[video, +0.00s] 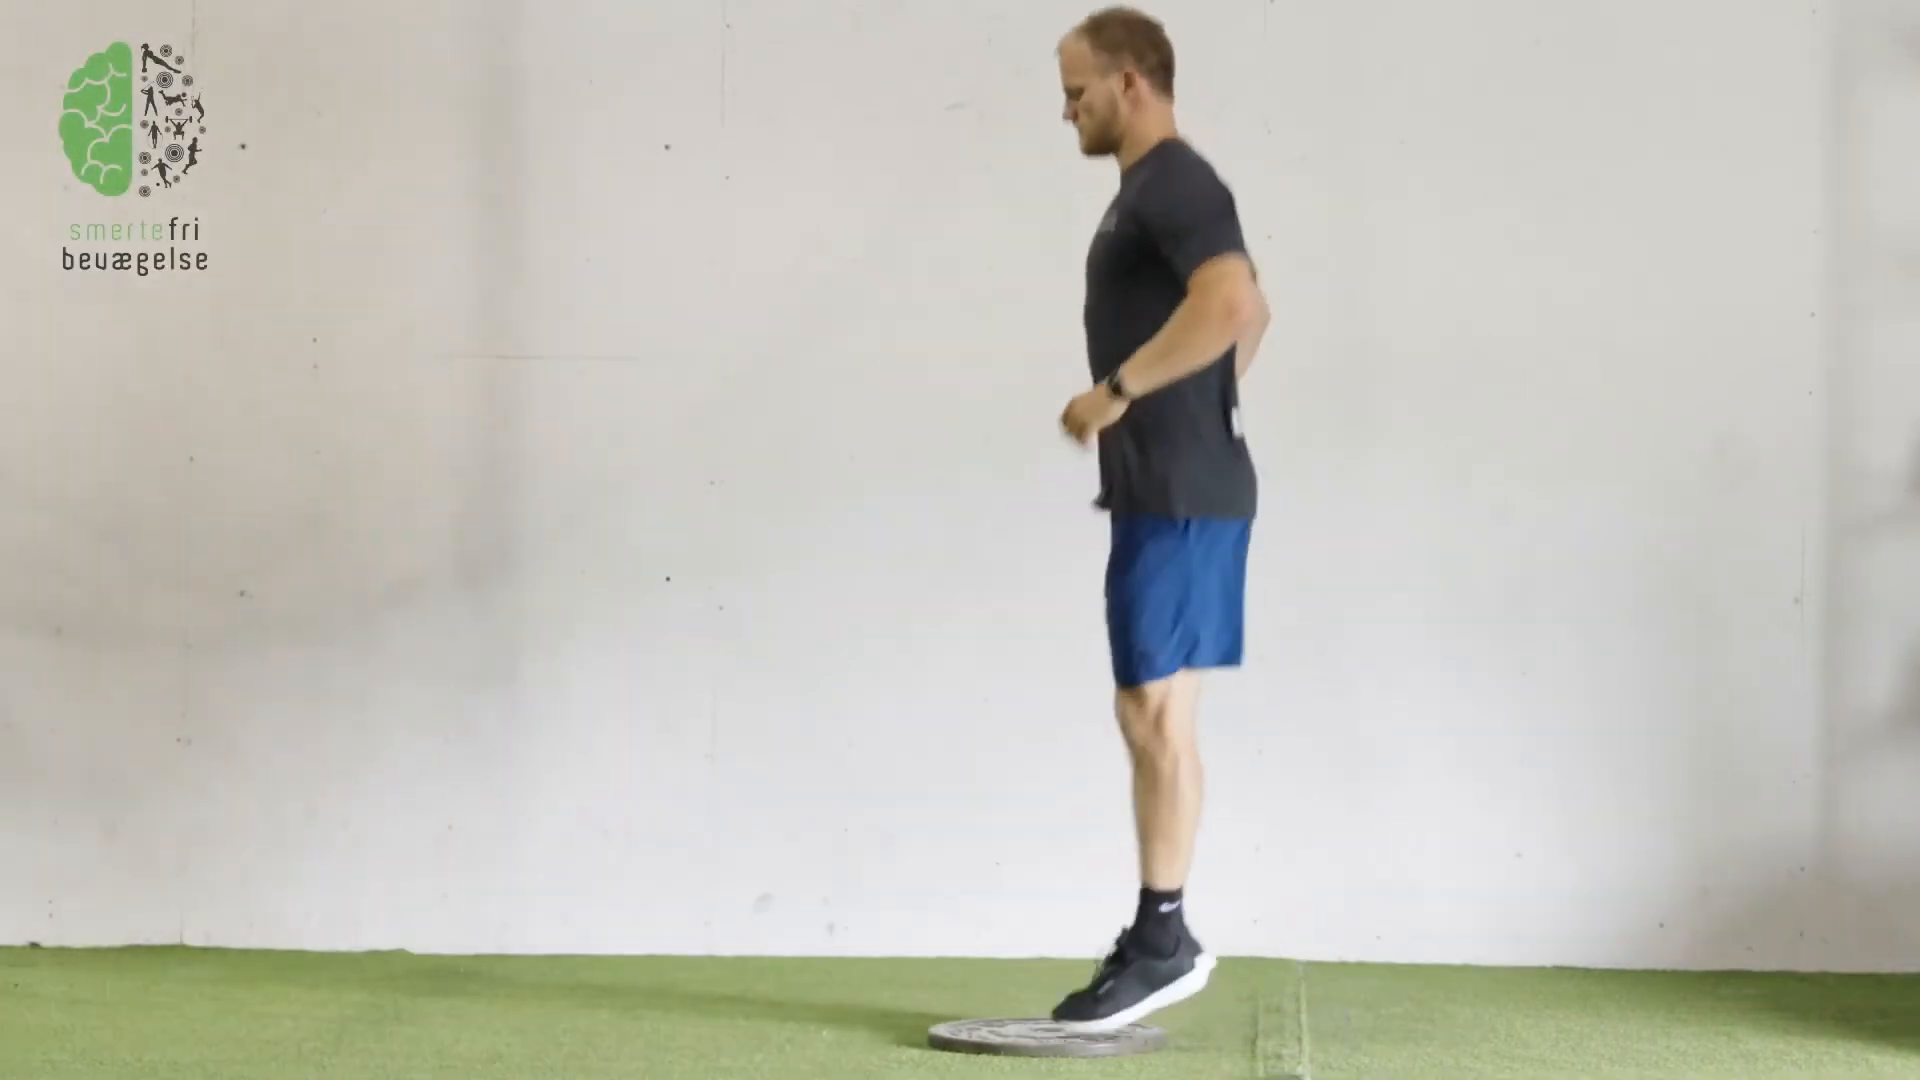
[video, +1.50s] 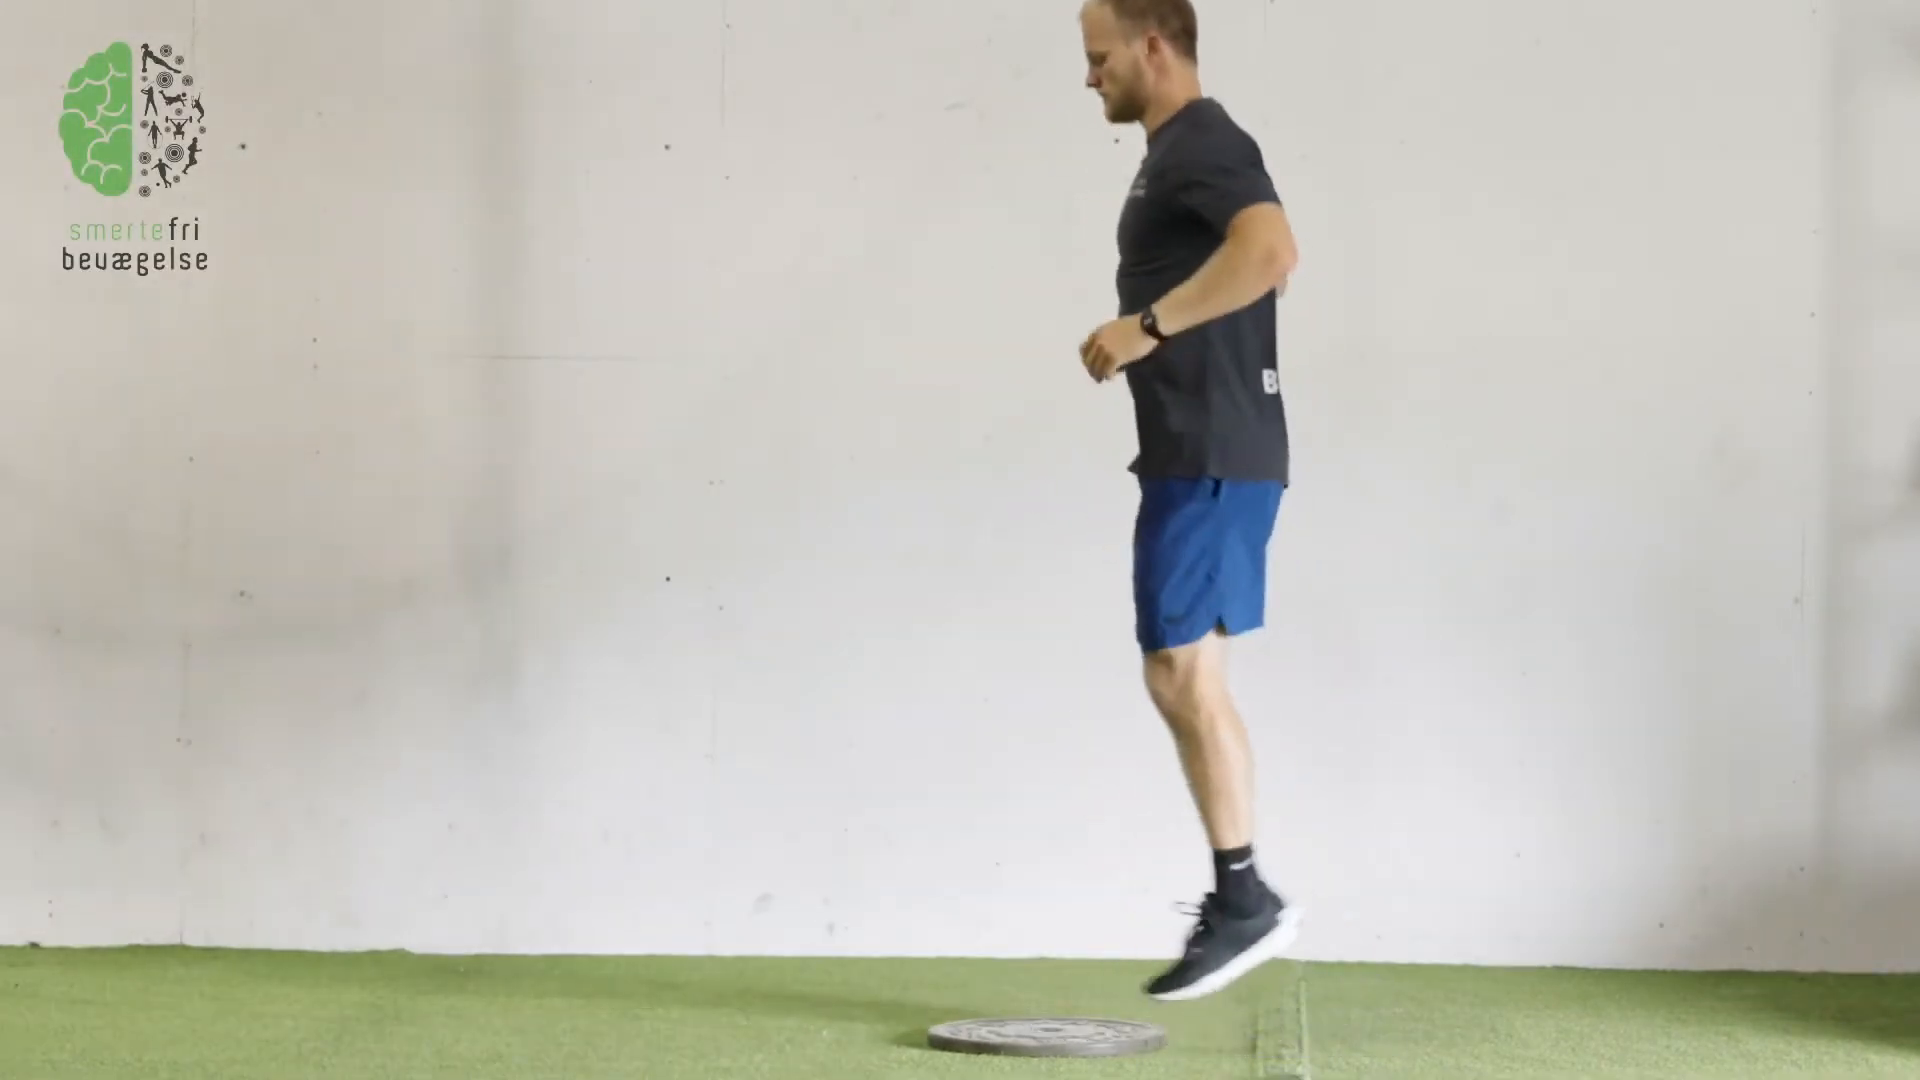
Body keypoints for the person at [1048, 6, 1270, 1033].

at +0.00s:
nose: (1068, 113)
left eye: (1076, 93)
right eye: (1066, 95)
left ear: (1129, 84)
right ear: (1131, 88)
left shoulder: (1170, 178)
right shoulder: (1178, 178)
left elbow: (1224, 304)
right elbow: (1247, 313)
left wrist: (1115, 390)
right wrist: (1173, 417)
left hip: (1173, 498)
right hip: (1180, 492)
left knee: (1153, 714)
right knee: (1159, 714)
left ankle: (1162, 941)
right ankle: (1160, 936)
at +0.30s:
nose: (1087, 166)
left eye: (1098, 148)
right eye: (1087, 150)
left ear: (1155, 144)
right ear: (1153, 148)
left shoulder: (1201, 247)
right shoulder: (1170, 254)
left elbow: (1261, 377)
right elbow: (1243, 390)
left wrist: (1150, 472)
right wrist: (1154, 486)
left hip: (1222, 561)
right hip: (1206, 559)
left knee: (1192, 781)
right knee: (1194, 781)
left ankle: (1301, 987)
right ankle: (1293, 983)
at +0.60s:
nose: (1095, 80)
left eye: (1102, 59)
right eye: (1092, 63)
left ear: (1160, 51)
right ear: (1157, 55)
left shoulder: (1208, 145)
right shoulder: (1183, 151)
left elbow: (1269, 265)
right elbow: (1263, 274)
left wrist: (1141, 326)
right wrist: (1147, 335)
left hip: (1196, 467)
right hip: (1174, 465)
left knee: (1173, 683)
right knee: (1160, 683)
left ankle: (1207, 910)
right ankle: (1202, 907)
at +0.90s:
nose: (1095, 148)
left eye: (1104, 129)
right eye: (1094, 130)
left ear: (1159, 122)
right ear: (1156, 127)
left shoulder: (1206, 224)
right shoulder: (1178, 226)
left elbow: (1260, 362)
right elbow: (1249, 369)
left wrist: (1166, 475)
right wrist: (1156, 479)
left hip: (1192, 533)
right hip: (1175, 530)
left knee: (1151, 741)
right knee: (1142, 741)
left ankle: (1193, 971)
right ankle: (1188, 966)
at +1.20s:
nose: (1113, 179)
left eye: (1123, 160)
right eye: (1112, 162)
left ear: (1179, 157)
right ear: (1179, 160)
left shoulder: (1224, 260)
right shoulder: (1194, 264)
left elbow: (1286, 394)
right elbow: (1255, 404)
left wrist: (1192, 505)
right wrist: (1177, 506)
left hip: (1244, 569)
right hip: (1231, 567)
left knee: (1219, 791)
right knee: (1221, 790)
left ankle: (1346, 988)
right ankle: (1335, 984)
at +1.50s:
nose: (1090, 77)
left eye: (1097, 57)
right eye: (1088, 60)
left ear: (1153, 47)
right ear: (1153, 51)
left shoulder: (1202, 139)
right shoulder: (1186, 145)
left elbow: (1268, 248)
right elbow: (1270, 260)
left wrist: (1149, 325)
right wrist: (1163, 334)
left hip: (1210, 461)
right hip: (1195, 457)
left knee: (1184, 677)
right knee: (1183, 678)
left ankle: (1242, 898)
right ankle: (1238, 896)